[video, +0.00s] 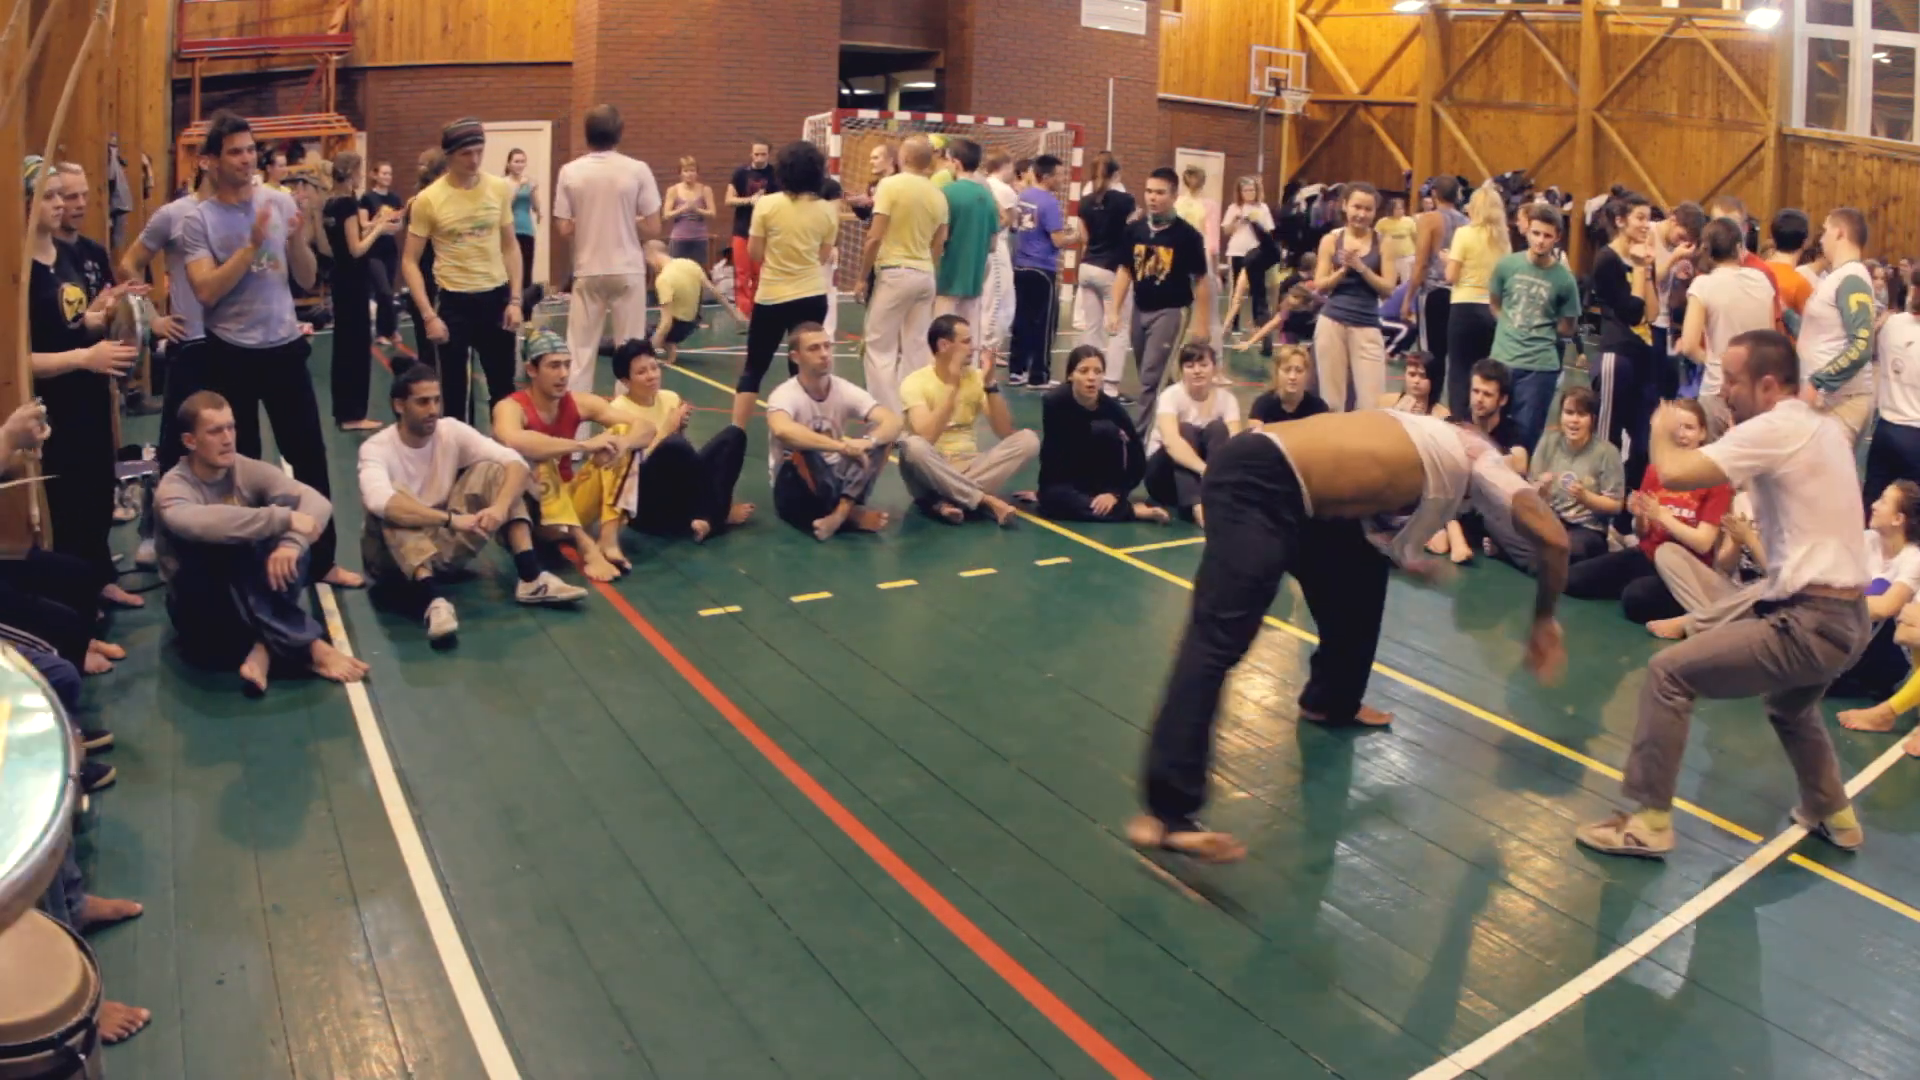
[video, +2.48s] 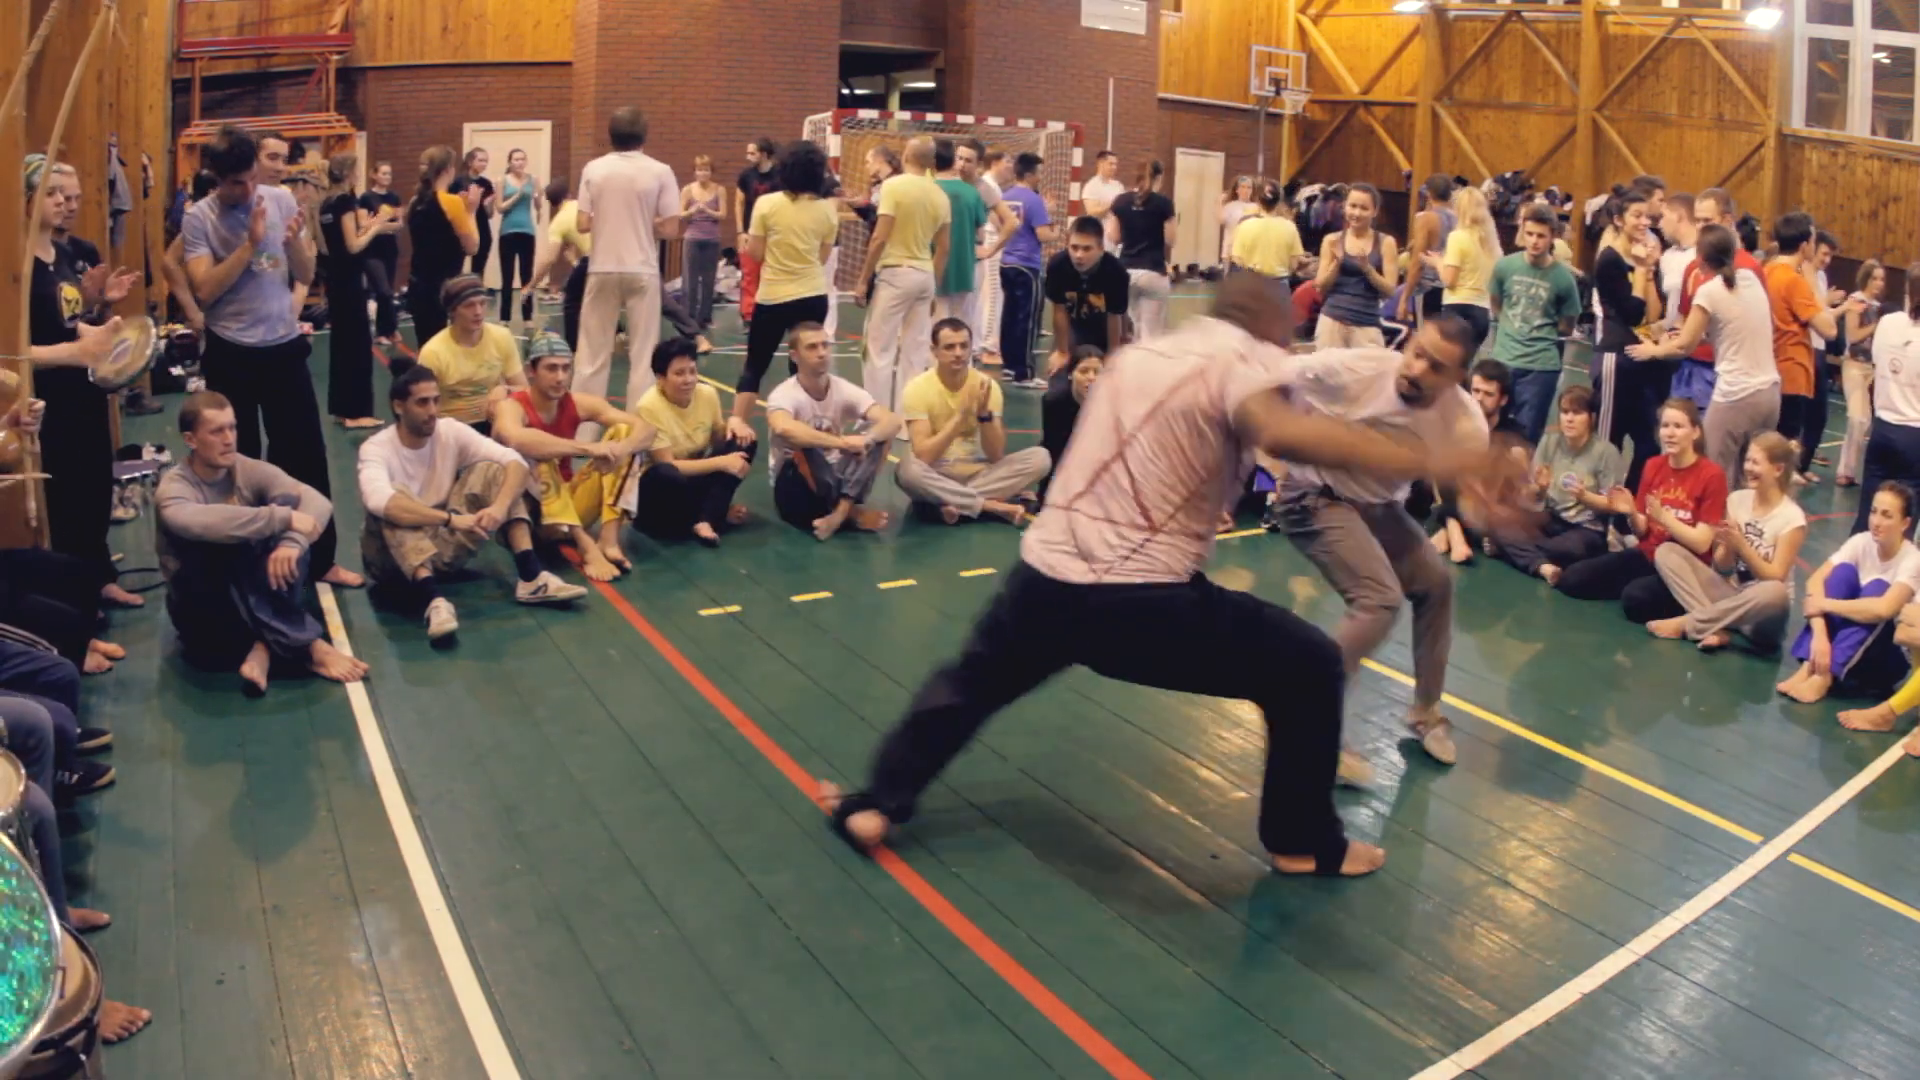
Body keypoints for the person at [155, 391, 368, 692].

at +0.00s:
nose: (228, 439)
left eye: (231, 428)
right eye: (215, 432)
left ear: (237, 429)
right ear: (189, 441)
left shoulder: (245, 469)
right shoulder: (174, 487)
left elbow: (316, 502)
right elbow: (193, 523)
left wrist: (292, 544)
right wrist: (284, 518)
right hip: (209, 620)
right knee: (212, 545)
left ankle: (266, 646)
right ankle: (310, 645)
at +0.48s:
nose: (228, 439)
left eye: (231, 429)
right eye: (216, 432)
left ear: (237, 429)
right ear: (189, 441)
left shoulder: (246, 469)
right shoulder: (174, 488)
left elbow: (317, 502)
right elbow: (193, 524)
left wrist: (292, 543)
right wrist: (283, 518)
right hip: (208, 616)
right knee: (213, 544)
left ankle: (264, 645)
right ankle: (310, 645)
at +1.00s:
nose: (228, 440)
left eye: (231, 429)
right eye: (216, 432)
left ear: (236, 429)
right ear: (189, 440)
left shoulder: (245, 469)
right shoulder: (173, 488)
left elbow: (317, 502)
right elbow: (191, 523)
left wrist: (291, 544)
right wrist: (283, 517)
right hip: (208, 615)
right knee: (213, 544)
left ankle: (264, 646)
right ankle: (310, 645)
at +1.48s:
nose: (228, 439)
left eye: (230, 429)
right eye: (215, 432)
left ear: (236, 429)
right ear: (189, 440)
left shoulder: (244, 469)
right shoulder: (174, 487)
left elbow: (316, 502)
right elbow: (191, 523)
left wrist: (292, 543)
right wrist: (283, 517)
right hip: (209, 612)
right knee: (213, 546)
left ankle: (264, 646)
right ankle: (310, 645)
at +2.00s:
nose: (228, 439)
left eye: (231, 428)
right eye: (216, 432)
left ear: (237, 429)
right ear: (189, 440)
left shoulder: (246, 469)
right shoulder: (174, 487)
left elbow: (317, 502)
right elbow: (192, 523)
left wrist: (292, 544)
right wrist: (283, 518)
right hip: (208, 612)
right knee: (212, 546)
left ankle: (264, 646)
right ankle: (310, 645)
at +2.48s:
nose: (229, 439)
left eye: (232, 429)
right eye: (217, 432)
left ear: (238, 429)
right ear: (190, 440)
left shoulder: (247, 469)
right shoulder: (174, 488)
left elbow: (317, 502)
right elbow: (196, 523)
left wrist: (292, 544)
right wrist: (284, 517)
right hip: (211, 613)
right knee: (212, 545)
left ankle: (265, 645)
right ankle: (310, 645)